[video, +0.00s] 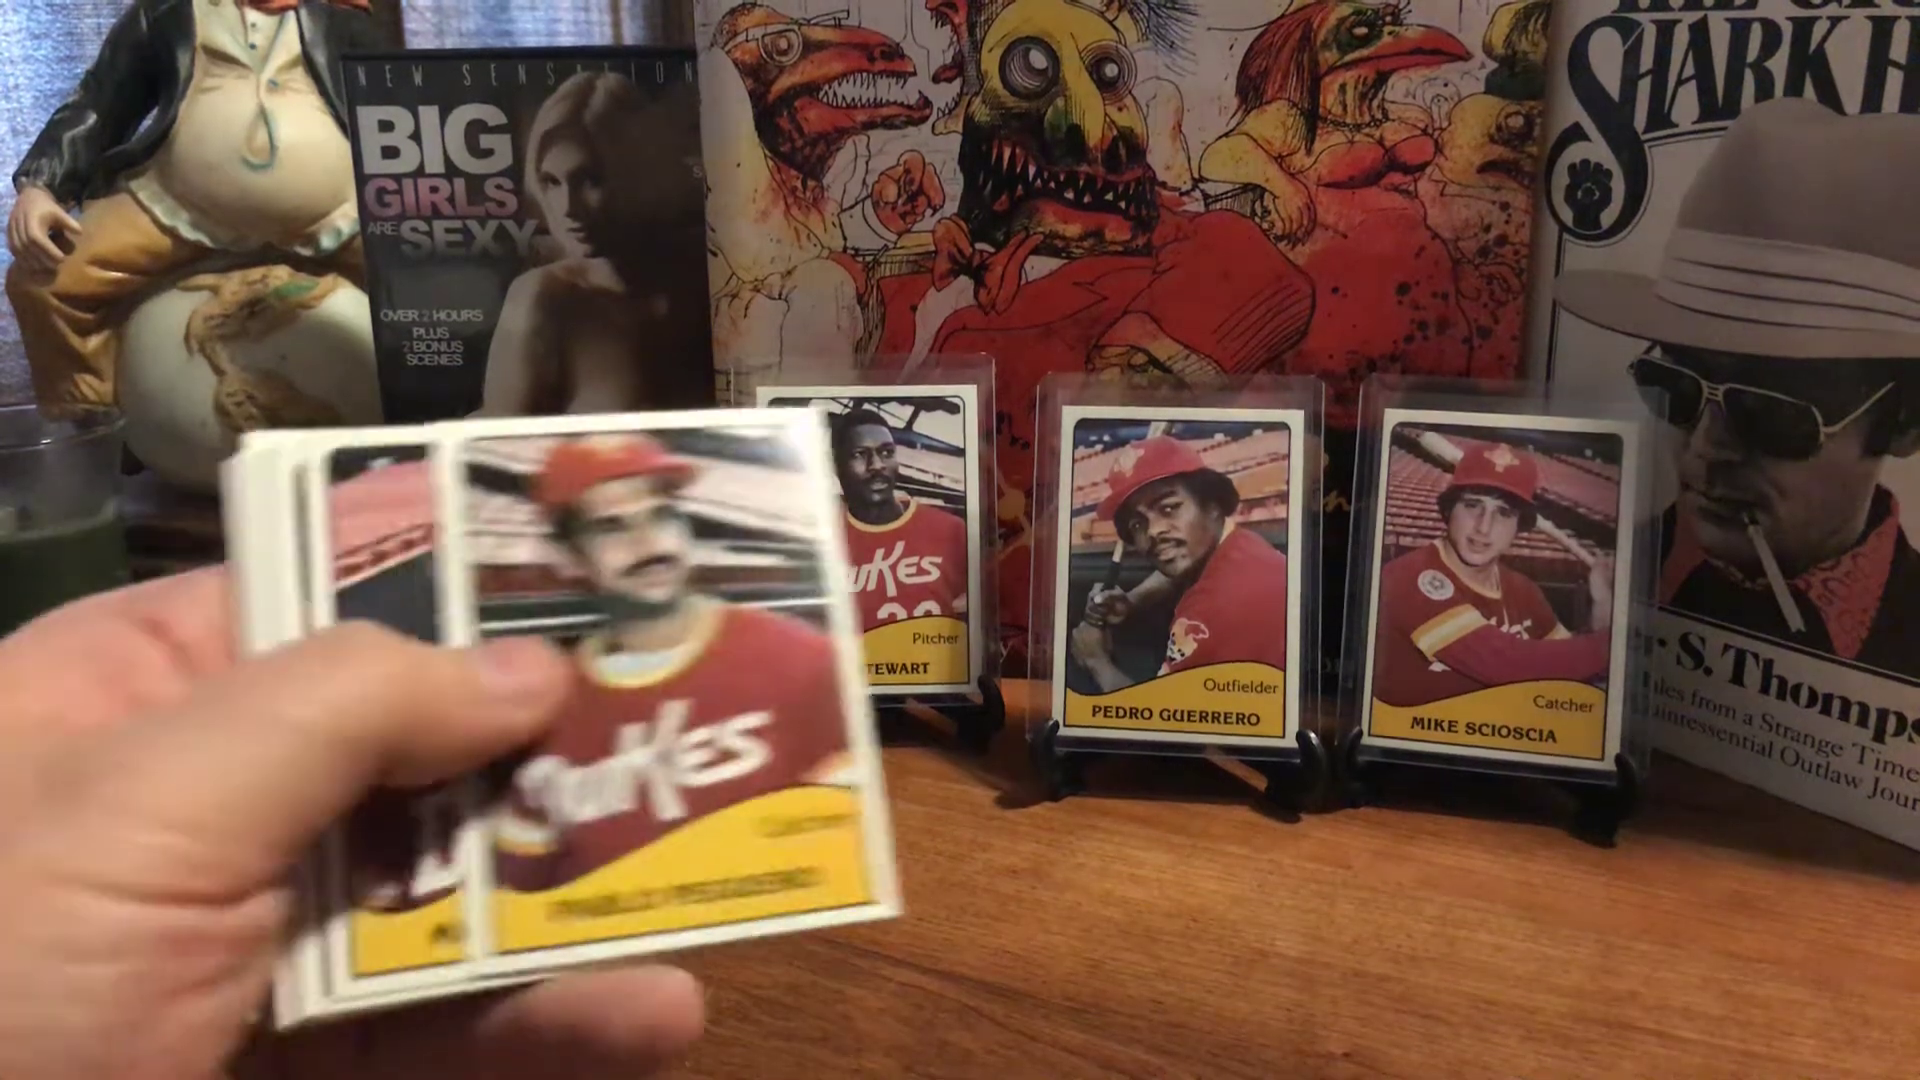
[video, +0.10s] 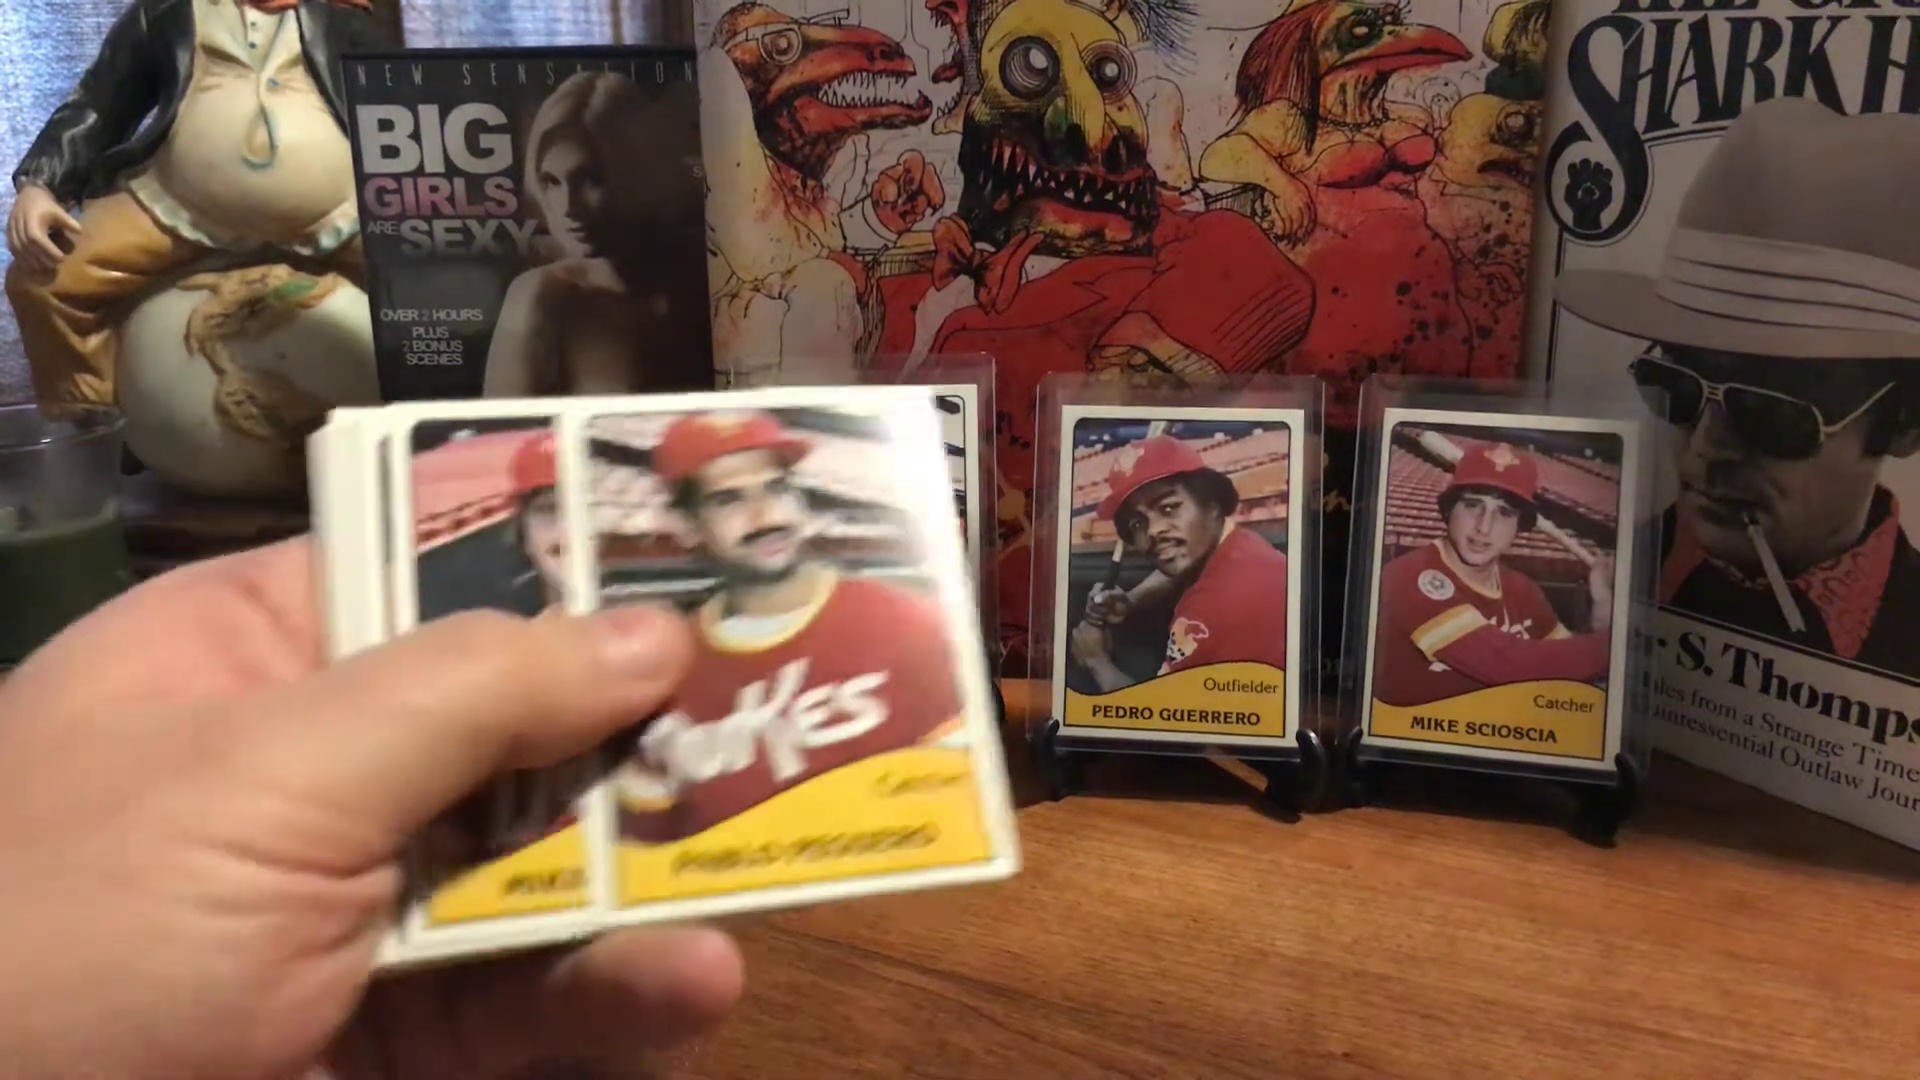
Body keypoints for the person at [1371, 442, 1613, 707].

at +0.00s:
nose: (1483, 527)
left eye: (1503, 513)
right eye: (1472, 505)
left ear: (1519, 526)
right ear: (1449, 509)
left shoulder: (1522, 591)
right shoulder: (1413, 579)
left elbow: (1575, 671)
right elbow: (1501, 664)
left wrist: (1603, 606)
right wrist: (1616, 642)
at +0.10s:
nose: (1483, 527)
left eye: (1504, 512)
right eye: (1473, 505)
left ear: (1519, 526)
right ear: (1449, 508)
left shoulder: (1521, 591)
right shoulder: (1412, 578)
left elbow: (1575, 670)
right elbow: (1503, 664)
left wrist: (1603, 606)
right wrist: (1614, 643)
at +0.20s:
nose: (1484, 526)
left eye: (1504, 512)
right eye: (1473, 505)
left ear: (1520, 526)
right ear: (1449, 508)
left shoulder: (1522, 590)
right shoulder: (1412, 578)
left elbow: (1576, 670)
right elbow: (1502, 663)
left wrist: (1603, 606)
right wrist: (1613, 644)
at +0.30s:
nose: (1484, 526)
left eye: (1504, 512)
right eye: (1474, 504)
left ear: (1520, 526)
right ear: (1449, 508)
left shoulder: (1522, 590)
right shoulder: (1413, 578)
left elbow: (1576, 669)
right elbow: (1503, 664)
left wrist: (1604, 605)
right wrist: (1617, 643)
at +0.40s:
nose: (1485, 526)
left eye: (1504, 513)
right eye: (1474, 505)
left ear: (1519, 527)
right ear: (1450, 509)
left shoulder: (1521, 590)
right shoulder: (1414, 578)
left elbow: (1577, 668)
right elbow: (1501, 663)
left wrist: (1604, 602)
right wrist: (1618, 642)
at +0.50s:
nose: (1485, 526)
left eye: (1504, 513)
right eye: (1474, 505)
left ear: (1519, 527)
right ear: (1450, 509)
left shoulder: (1521, 590)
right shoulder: (1414, 578)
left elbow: (1578, 668)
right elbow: (1502, 664)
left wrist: (1603, 602)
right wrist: (1617, 641)